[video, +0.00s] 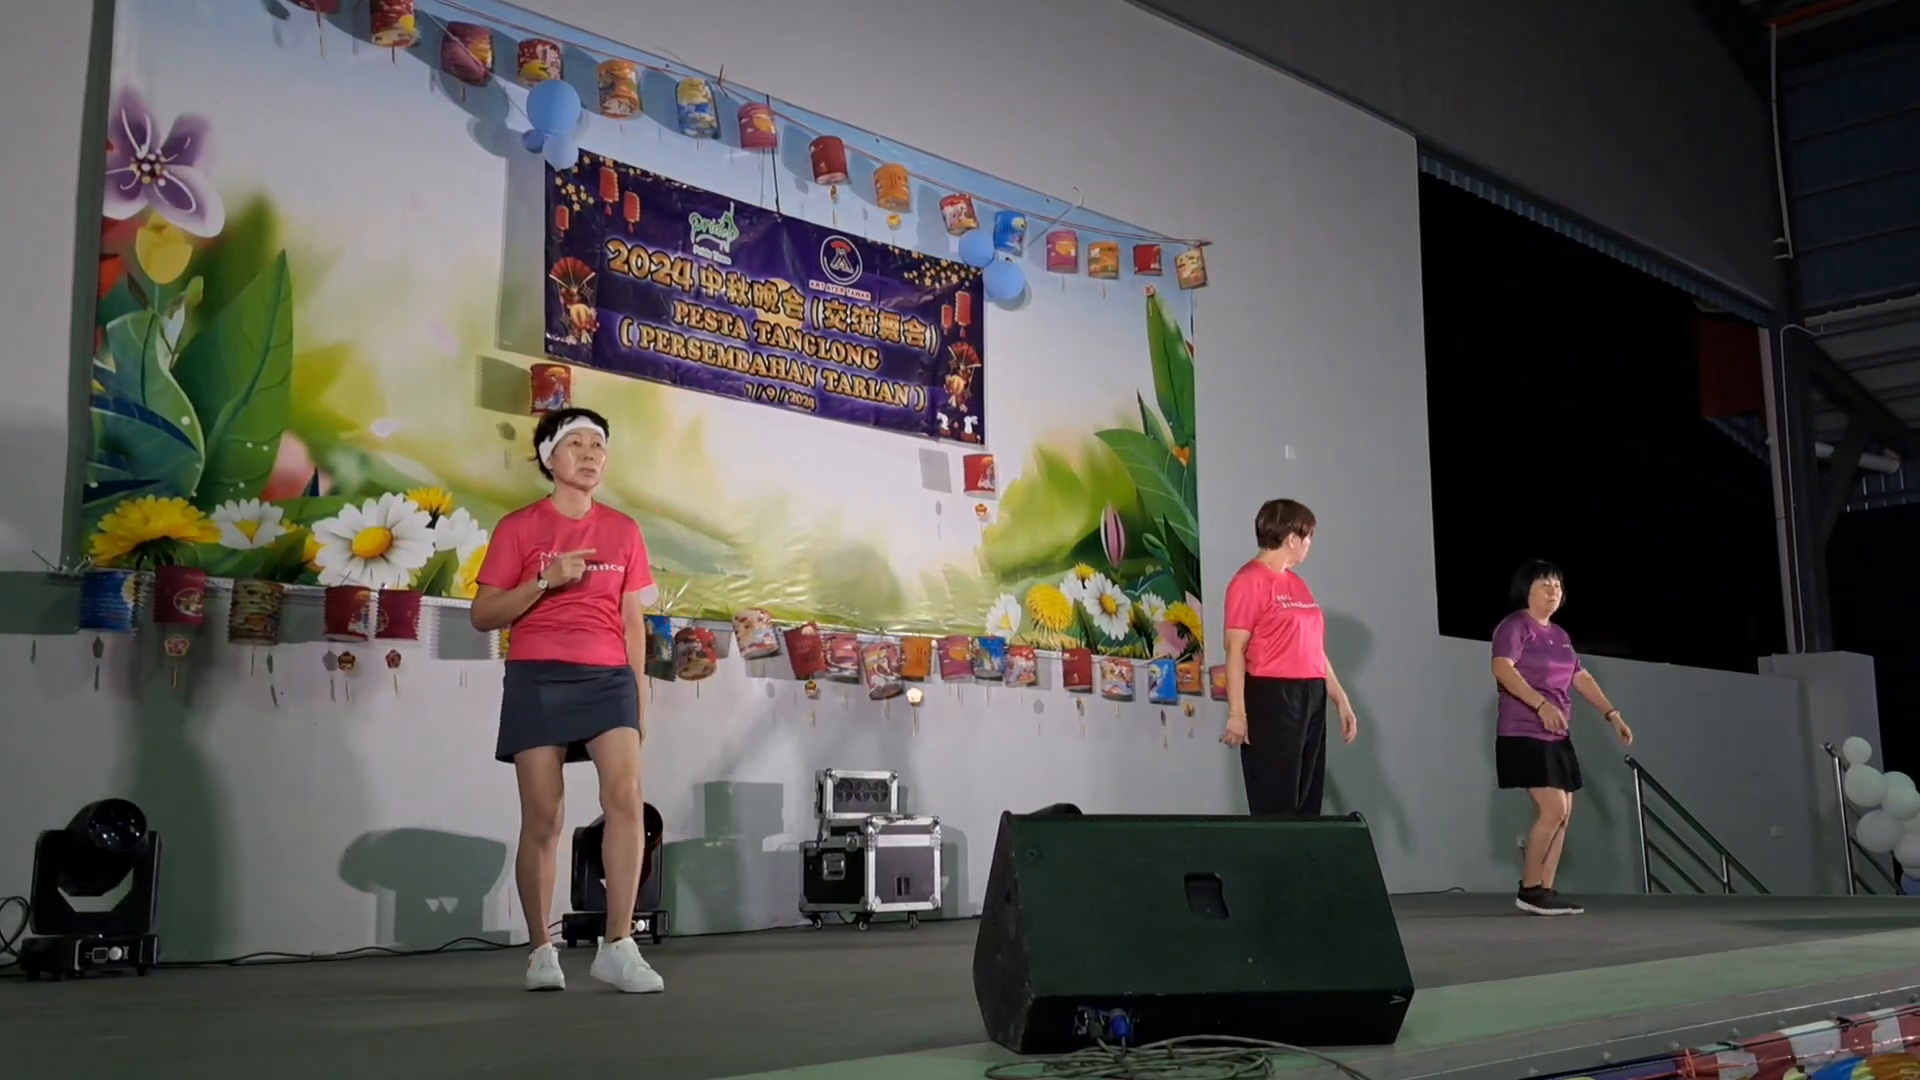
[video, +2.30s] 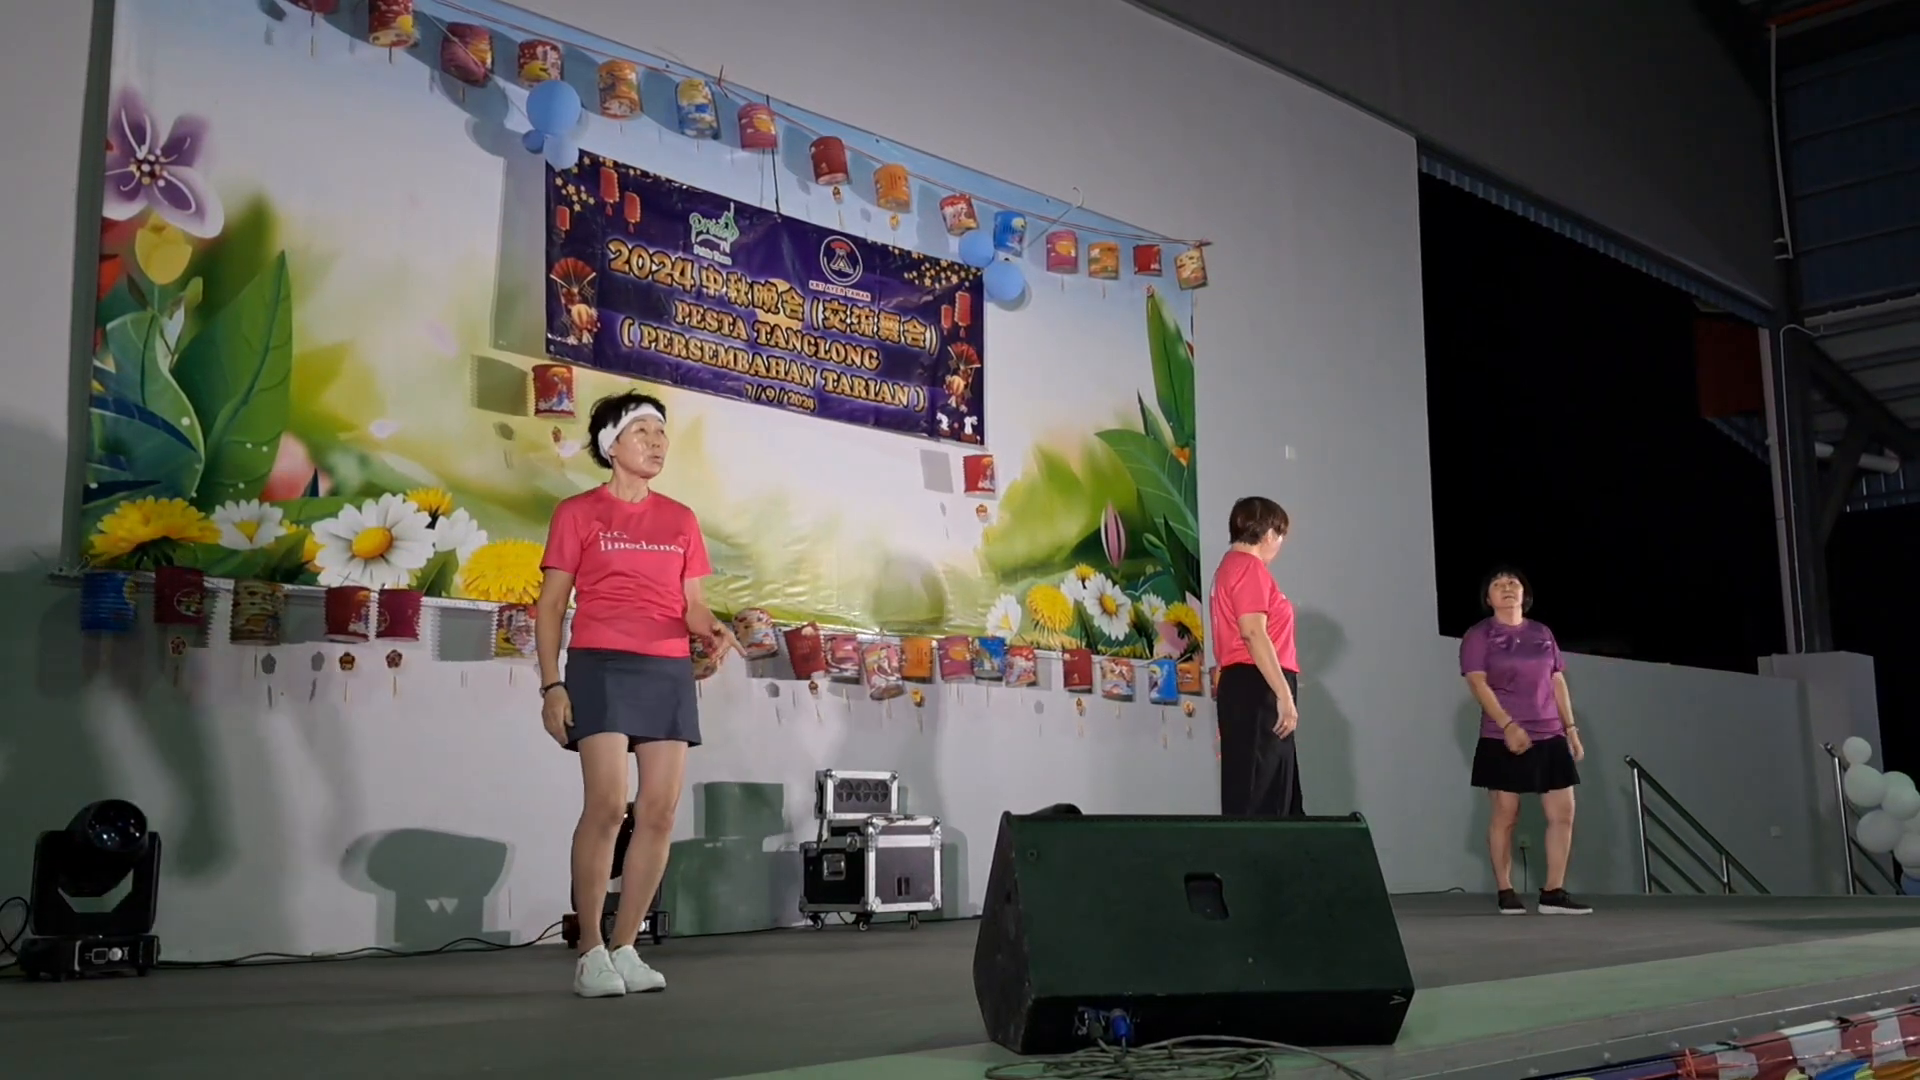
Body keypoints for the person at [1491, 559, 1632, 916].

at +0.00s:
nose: (1553, 591)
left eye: (1557, 586)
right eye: (1544, 584)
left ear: (1562, 594)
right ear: (1527, 589)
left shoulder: (1559, 636)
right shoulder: (1514, 625)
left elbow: (1580, 677)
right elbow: (1502, 669)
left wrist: (1612, 714)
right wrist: (1541, 704)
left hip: (1556, 736)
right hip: (1523, 735)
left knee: (1563, 811)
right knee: (1553, 808)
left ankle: (1545, 891)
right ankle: (1529, 889)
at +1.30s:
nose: (1548, 592)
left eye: (1553, 587)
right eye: (1540, 586)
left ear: (1560, 594)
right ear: (1525, 593)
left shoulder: (1573, 635)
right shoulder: (1508, 631)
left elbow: (1600, 675)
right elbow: (1493, 675)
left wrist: (1635, 701)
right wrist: (1507, 714)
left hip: (1565, 738)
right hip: (1523, 736)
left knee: (1574, 812)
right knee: (1535, 811)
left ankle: (1558, 891)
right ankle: (1520, 886)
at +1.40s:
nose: (1539, 593)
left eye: (1544, 587)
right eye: (1531, 586)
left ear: (1551, 592)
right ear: (1514, 591)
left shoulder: (1563, 630)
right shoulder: (1495, 629)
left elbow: (1591, 670)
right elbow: (1474, 671)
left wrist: (1629, 673)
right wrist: (1466, 706)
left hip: (1560, 734)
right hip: (1515, 734)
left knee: (1578, 807)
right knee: (1520, 812)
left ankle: (1560, 888)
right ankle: (1508, 886)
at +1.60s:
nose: (1523, 599)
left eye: (1528, 593)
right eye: (1515, 593)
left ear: (1534, 598)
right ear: (1498, 597)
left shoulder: (1545, 634)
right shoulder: (1477, 636)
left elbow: (1571, 676)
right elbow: (1446, 678)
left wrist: (1599, 661)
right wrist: (1411, 714)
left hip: (1545, 738)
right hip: (1496, 740)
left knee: (1584, 803)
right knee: (1501, 811)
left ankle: (1596, 886)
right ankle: (1505, 891)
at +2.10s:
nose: (1497, 586)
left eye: (1503, 581)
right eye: (1489, 583)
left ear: (1514, 591)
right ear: (1479, 595)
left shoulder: (1536, 631)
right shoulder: (1465, 637)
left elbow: (1557, 674)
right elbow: (1452, 689)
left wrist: (1570, 696)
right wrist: (1442, 738)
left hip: (1540, 736)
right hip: (1491, 739)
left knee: (1574, 804)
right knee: (1498, 813)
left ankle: (1574, 886)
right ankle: (1505, 891)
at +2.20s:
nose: (1501, 586)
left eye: (1507, 582)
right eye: (1493, 583)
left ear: (1518, 592)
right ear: (1482, 595)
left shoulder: (1538, 632)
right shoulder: (1470, 636)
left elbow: (1556, 676)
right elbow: (1463, 689)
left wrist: (1569, 715)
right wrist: (1476, 737)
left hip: (1543, 740)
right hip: (1497, 742)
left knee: (1571, 807)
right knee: (1501, 814)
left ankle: (1557, 887)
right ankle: (1505, 891)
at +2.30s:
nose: (1507, 588)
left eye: (1513, 583)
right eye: (1500, 584)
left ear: (1524, 593)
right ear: (1488, 596)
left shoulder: (1543, 634)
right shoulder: (1478, 636)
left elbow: (1557, 682)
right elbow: (1478, 685)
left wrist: (1570, 727)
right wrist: (1507, 724)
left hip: (1549, 738)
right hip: (1503, 739)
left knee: (1563, 811)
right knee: (1505, 814)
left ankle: (1553, 892)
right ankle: (1505, 891)